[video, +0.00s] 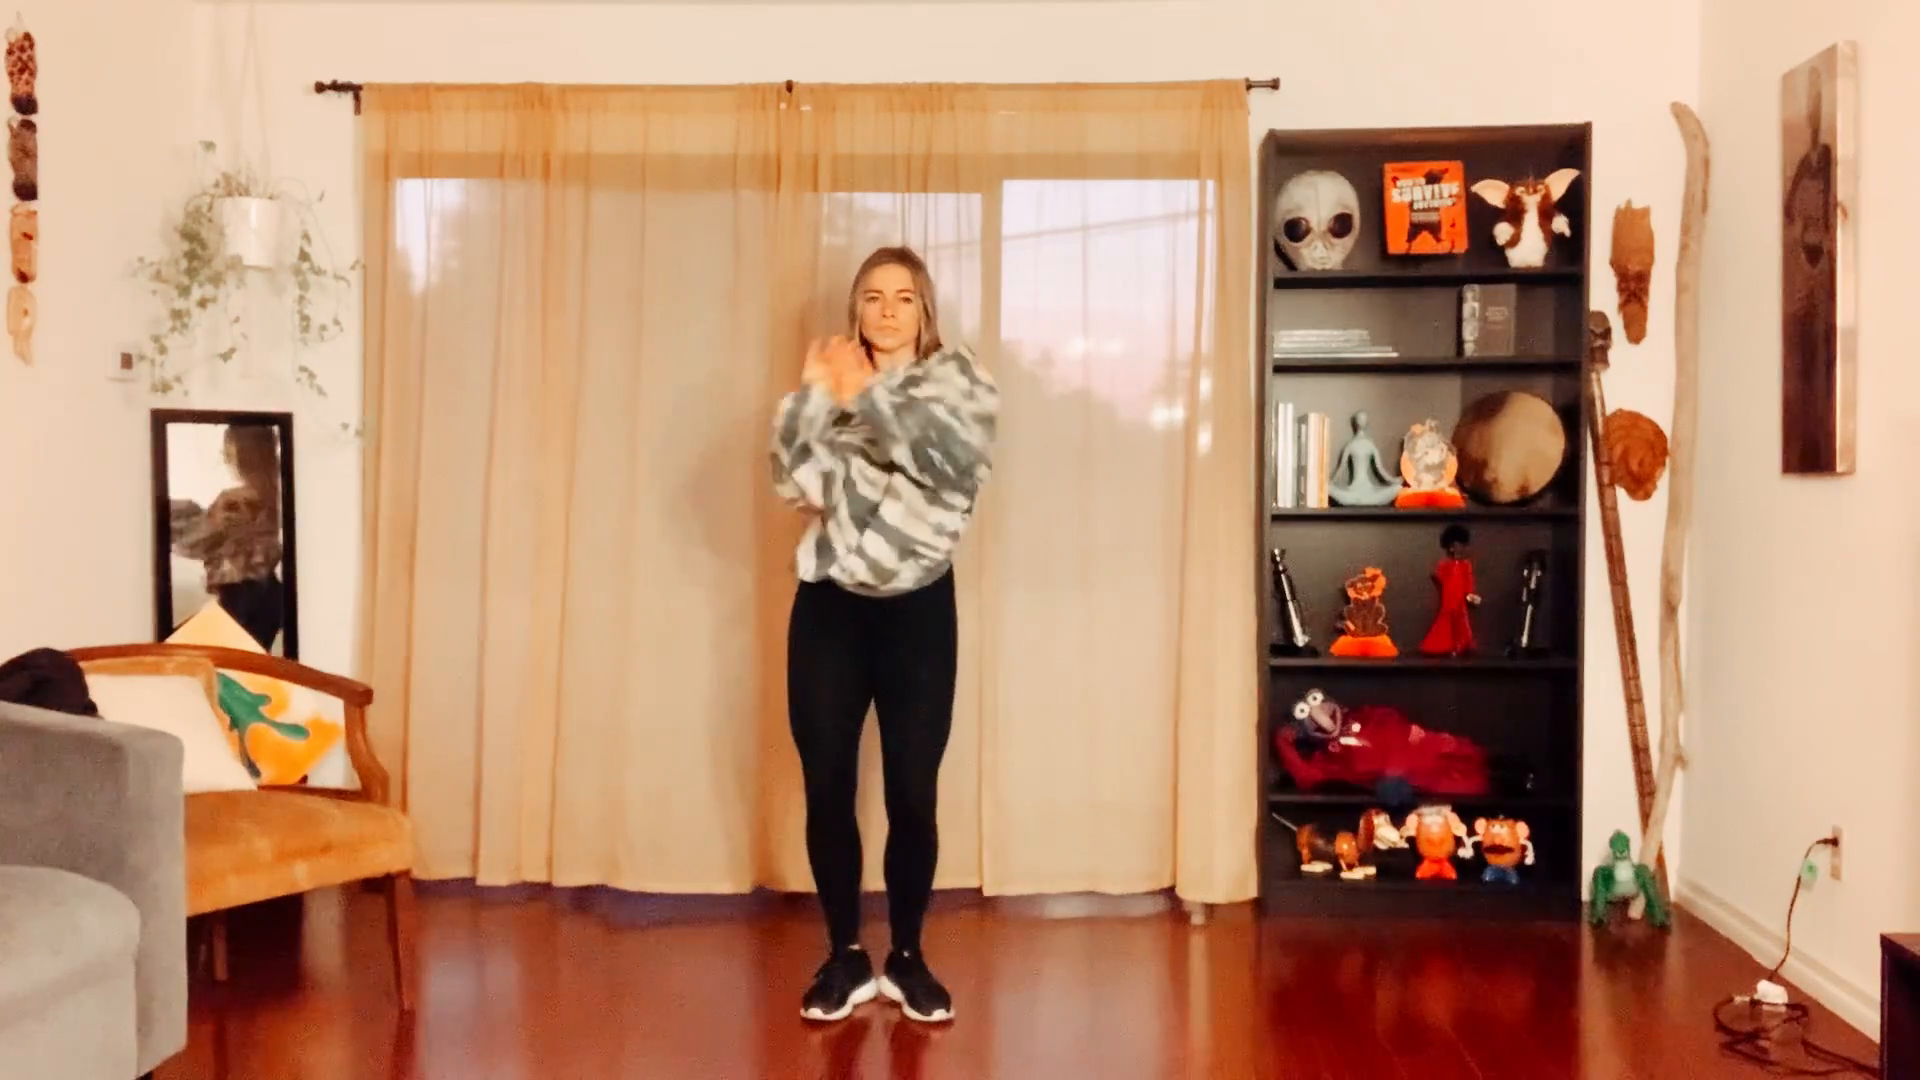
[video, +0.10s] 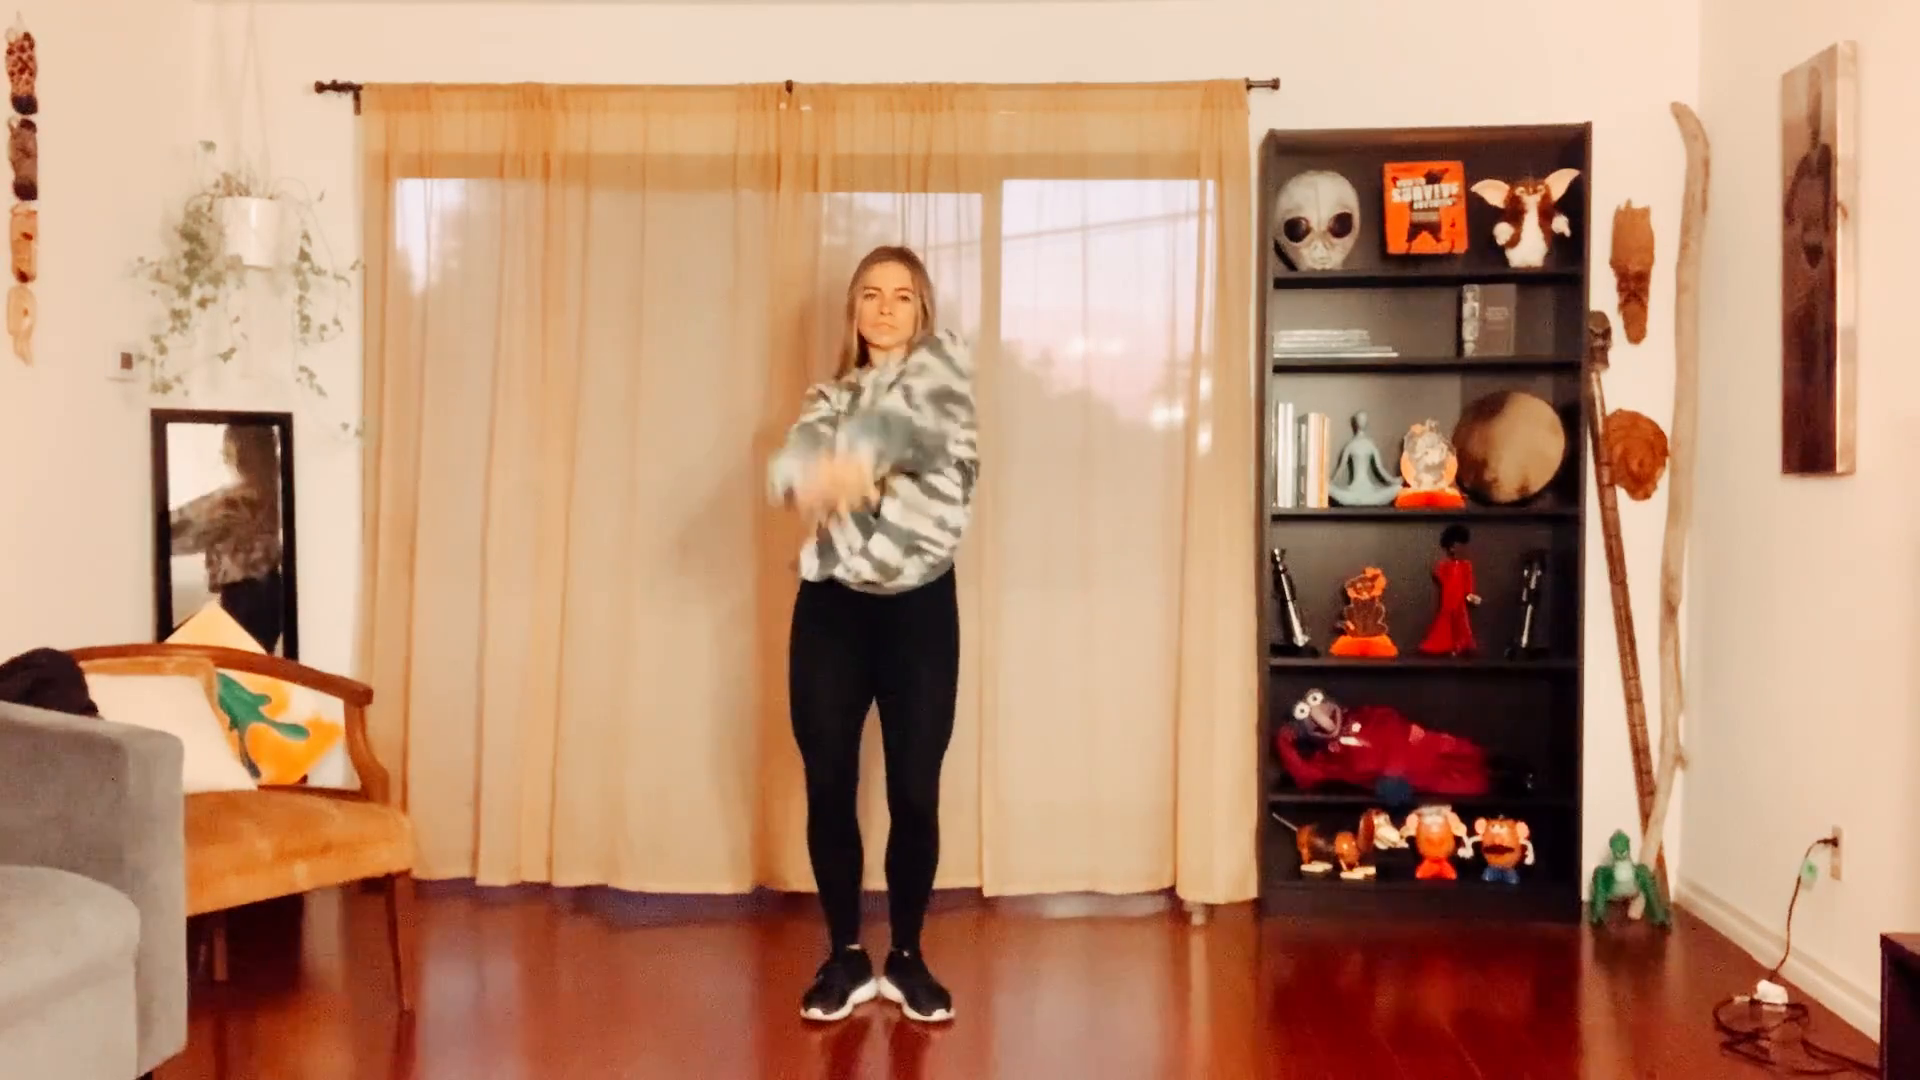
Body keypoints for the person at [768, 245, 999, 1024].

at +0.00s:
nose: (887, 309)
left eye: (902, 298)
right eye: (873, 298)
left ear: (926, 310)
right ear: (855, 312)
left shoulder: (959, 382)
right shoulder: (835, 386)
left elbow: (956, 473)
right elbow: (793, 478)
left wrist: (868, 398)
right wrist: (813, 392)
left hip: (918, 610)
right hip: (828, 608)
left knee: (912, 796)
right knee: (829, 792)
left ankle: (906, 958)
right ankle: (846, 958)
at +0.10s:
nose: (886, 306)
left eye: (901, 295)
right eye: (873, 294)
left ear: (924, 309)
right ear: (853, 309)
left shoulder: (946, 381)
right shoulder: (832, 398)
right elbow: (783, 471)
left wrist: (844, 492)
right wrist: (825, 476)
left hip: (918, 606)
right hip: (830, 604)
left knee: (913, 795)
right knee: (829, 787)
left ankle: (906, 958)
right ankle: (847, 958)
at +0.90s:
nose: (896, 294)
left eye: (912, 284)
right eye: (882, 282)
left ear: (932, 301)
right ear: (862, 297)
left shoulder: (961, 395)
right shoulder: (822, 393)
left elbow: (998, 510)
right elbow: (787, 504)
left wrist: (1049, 611)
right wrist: (738, 607)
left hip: (930, 614)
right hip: (839, 613)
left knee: (919, 791)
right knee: (837, 791)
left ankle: (905, 960)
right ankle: (848, 958)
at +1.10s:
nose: (889, 295)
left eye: (905, 284)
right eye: (875, 283)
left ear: (927, 300)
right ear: (856, 297)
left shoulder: (953, 383)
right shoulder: (831, 382)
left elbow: (1008, 468)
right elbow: (794, 472)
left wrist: (1070, 533)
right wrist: (728, 523)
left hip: (927, 607)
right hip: (834, 606)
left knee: (913, 790)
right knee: (834, 791)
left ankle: (905, 958)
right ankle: (848, 958)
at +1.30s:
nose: (888, 305)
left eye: (904, 296)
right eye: (874, 295)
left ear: (927, 319)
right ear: (853, 316)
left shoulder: (960, 403)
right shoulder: (817, 404)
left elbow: (1030, 504)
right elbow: (739, 489)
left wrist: (1109, 580)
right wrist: (657, 566)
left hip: (930, 624)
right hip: (837, 621)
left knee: (918, 798)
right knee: (829, 794)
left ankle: (905, 959)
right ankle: (849, 958)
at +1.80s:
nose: (887, 322)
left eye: (902, 309)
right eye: (873, 310)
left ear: (924, 319)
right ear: (854, 320)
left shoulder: (961, 396)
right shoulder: (825, 411)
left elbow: (1000, 505)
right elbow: (774, 520)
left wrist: (1061, 594)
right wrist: (703, 589)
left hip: (923, 612)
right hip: (832, 611)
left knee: (906, 792)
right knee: (818, 798)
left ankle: (984, 955)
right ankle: (775, 955)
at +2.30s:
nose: (952, 347)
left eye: (964, 339)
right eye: (937, 334)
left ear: (979, 357)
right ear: (906, 348)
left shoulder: (1007, 449)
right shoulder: (866, 430)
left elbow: (1072, 549)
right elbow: (792, 467)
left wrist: (1152, 605)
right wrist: (717, 456)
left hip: (987, 653)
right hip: (888, 648)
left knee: (1086, 800)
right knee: (801, 796)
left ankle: (1049, 969)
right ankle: (755, 955)